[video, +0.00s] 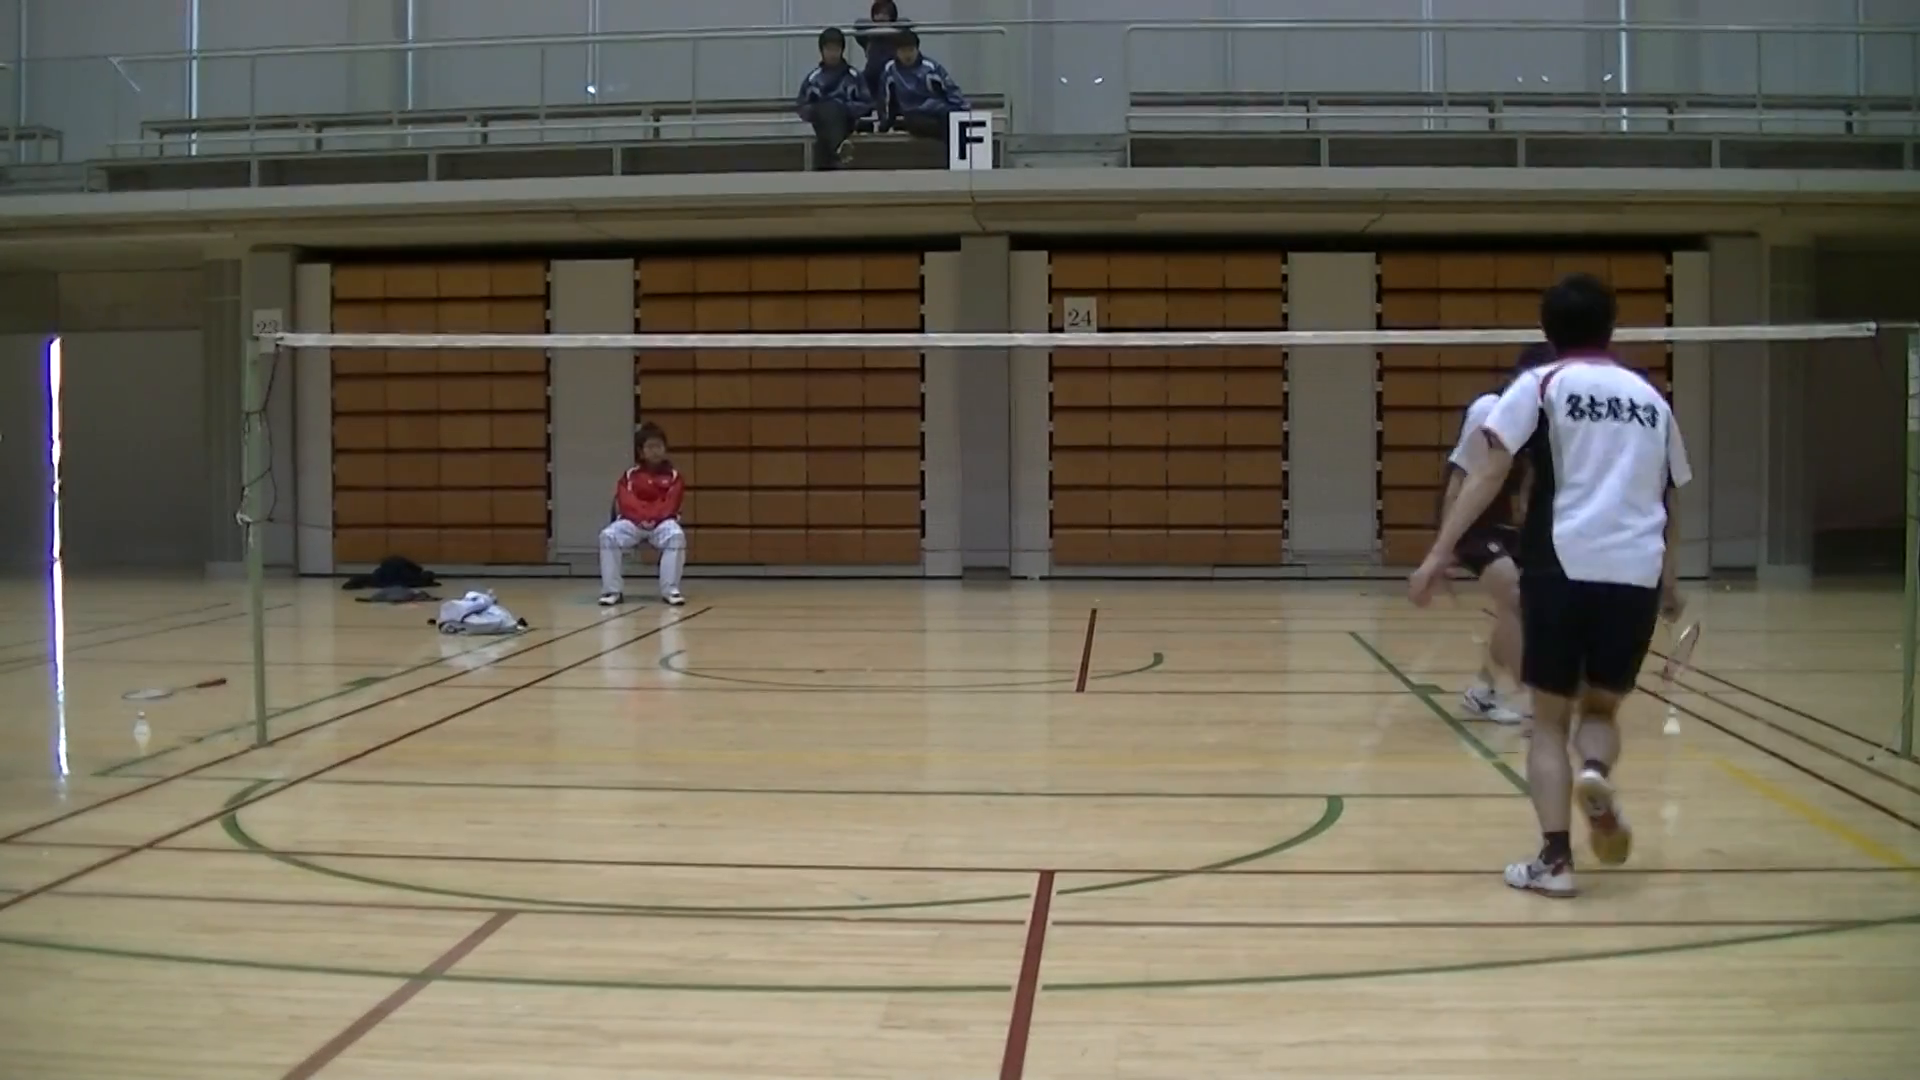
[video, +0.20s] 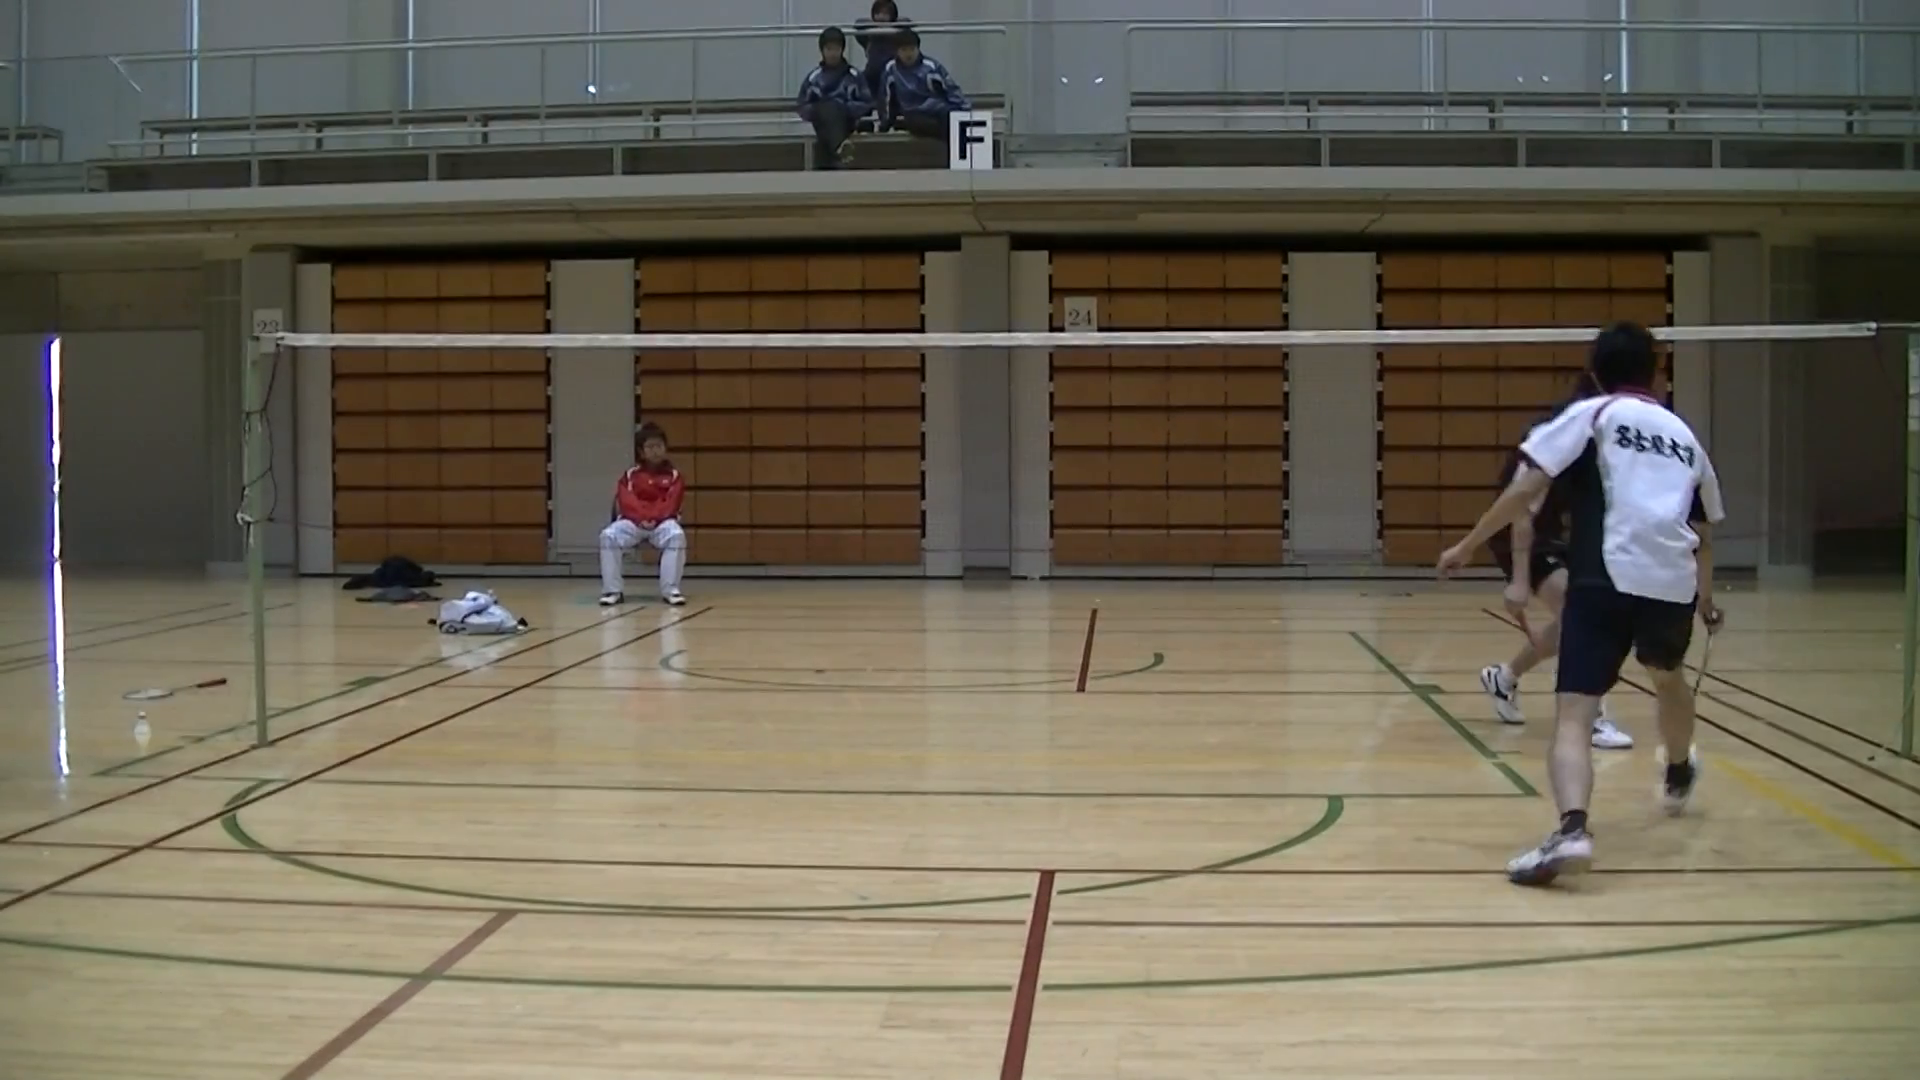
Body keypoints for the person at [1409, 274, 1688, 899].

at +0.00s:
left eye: (1547, 327)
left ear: (1550, 330)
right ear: (1611, 330)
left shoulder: (1537, 386)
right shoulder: (1651, 399)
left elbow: (1489, 473)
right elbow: (1669, 502)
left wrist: (1441, 552)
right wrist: (1669, 581)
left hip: (1559, 577)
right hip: (1635, 582)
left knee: (1549, 724)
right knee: (1602, 707)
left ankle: (1555, 859)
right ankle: (1595, 774)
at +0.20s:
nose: (1591, 378)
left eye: (1594, 370)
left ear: (1597, 373)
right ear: (1653, 373)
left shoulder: (1589, 414)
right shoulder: (1684, 434)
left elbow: (1527, 489)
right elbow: (1702, 528)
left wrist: (1468, 544)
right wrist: (1706, 594)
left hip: (1602, 587)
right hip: (1672, 593)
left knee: (1574, 714)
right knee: (1669, 674)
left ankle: (1572, 829)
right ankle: (1679, 772)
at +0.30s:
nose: (1617, 424)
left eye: (1619, 415)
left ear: (1624, 416)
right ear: (1677, 418)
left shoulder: (1619, 449)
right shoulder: (1706, 477)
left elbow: (1561, 509)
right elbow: (1720, 568)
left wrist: (1497, 562)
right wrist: (1718, 633)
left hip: (1629, 607)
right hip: (1694, 615)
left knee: (1593, 734)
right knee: (1687, 681)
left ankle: (1601, 817)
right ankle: (1687, 780)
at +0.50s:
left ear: (1655, 462)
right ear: (1694, 473)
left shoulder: (1644, 473)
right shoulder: (1721, 509)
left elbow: (1613, 503)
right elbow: (1739, 606)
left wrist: (1570, 555)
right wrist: (1739, 674)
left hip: (1655, 594)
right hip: (1720, 602)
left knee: (1622, 720)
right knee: (1696, 667)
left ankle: (1638, 790)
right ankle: (1685, 775)